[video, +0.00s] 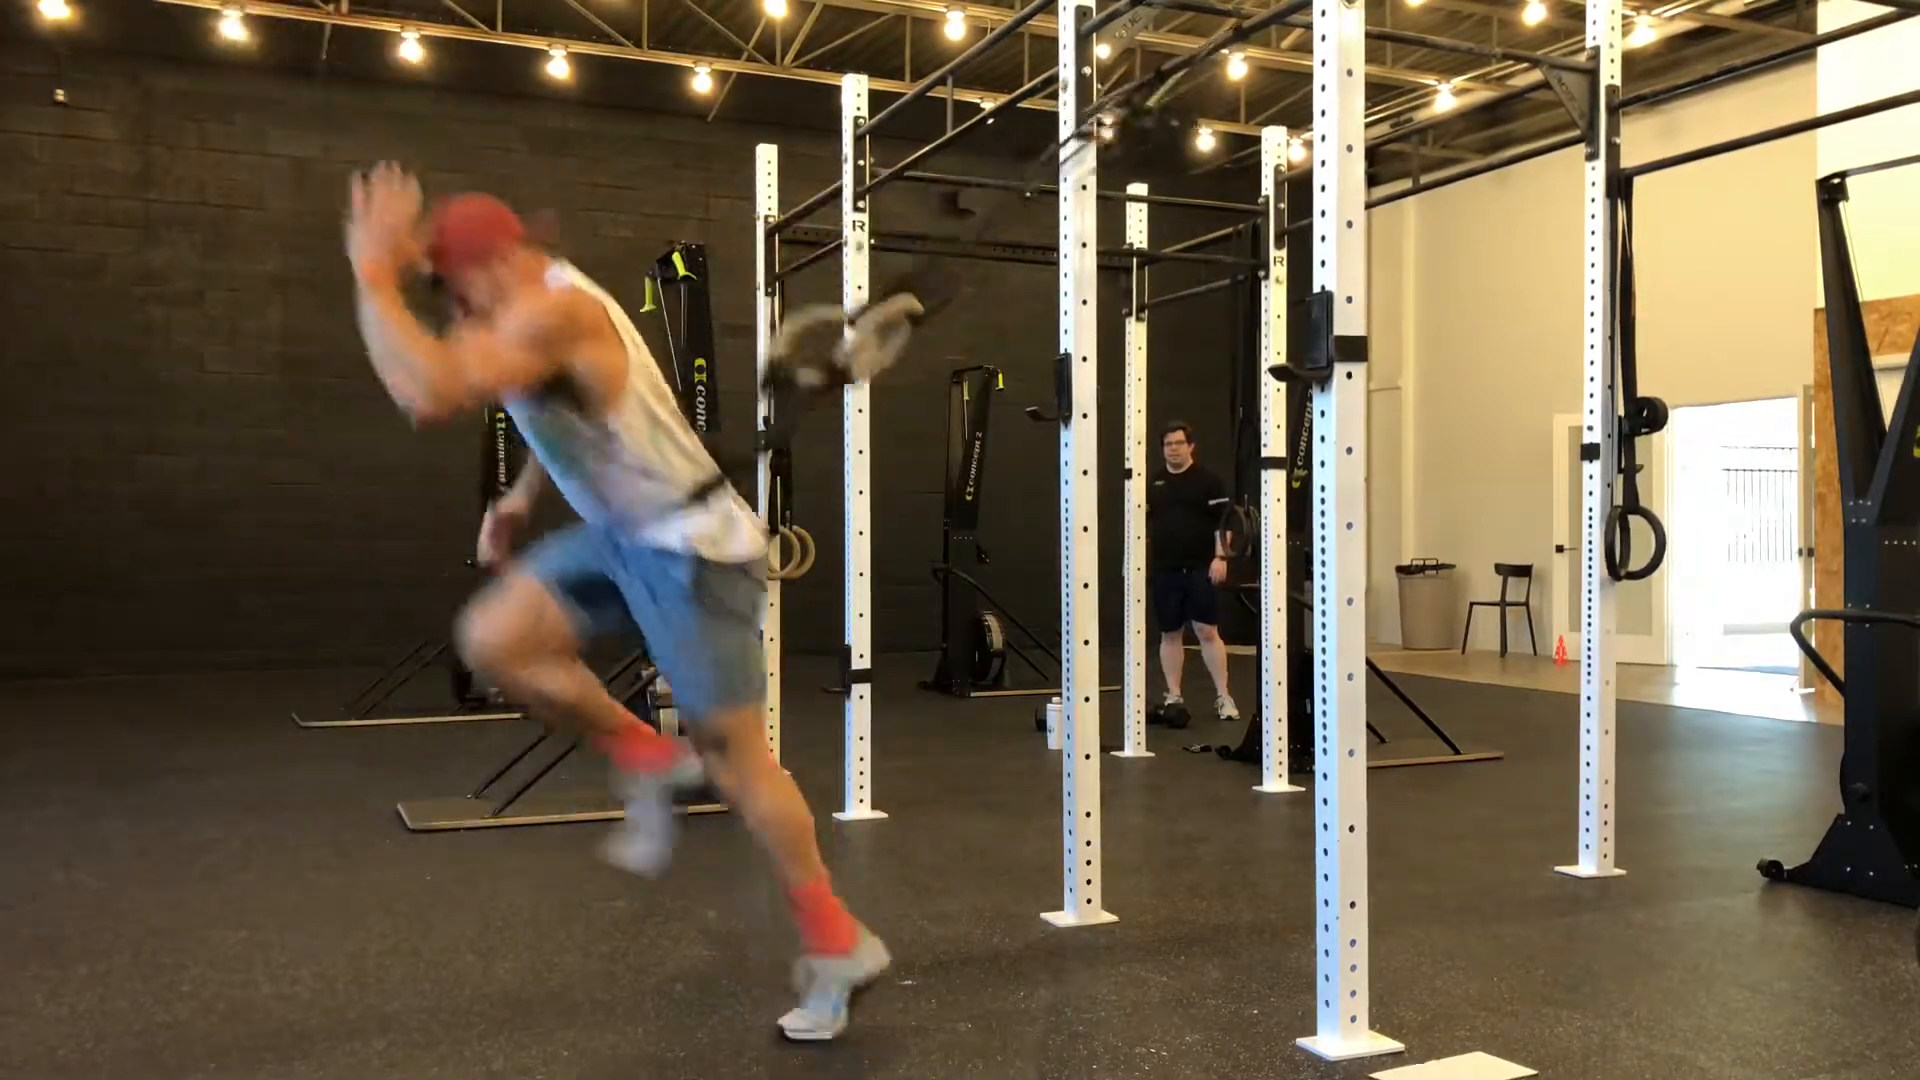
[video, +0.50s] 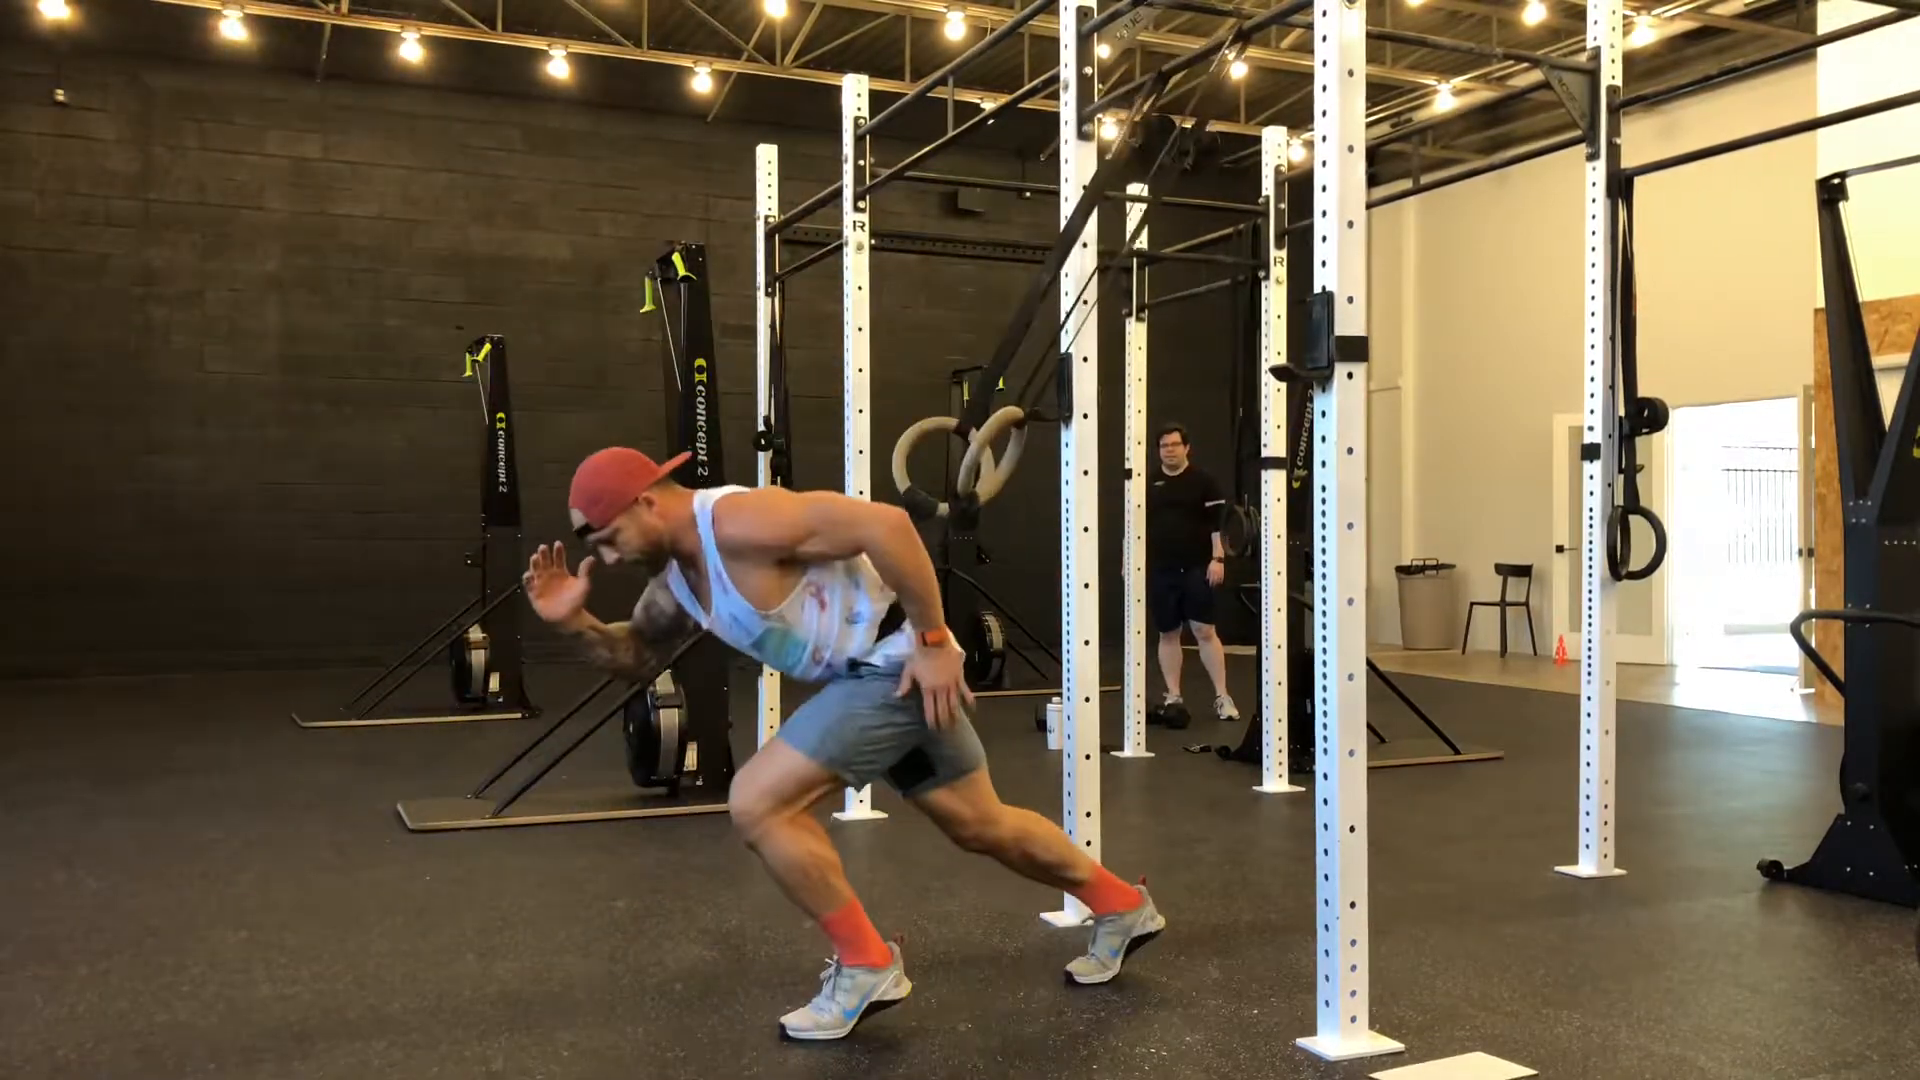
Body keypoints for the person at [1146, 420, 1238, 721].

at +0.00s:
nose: (1173, 449)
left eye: (1179, 443)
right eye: (1168, 444)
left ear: (1191, 447)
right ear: (1162, 449)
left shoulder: (1208, 482)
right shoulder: (1152, 485)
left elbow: (1224, 524)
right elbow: (1140, 525)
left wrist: (1221, 557)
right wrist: (1138, 563)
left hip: (1200, 569)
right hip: (1164, 569)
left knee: (1207, 632)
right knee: (1170, 634)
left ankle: (1223, 697)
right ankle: (1173, 696)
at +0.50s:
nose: (1169, 451)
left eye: (1174, 445)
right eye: (1164, 446)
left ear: (1186, 449)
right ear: (1158, 450)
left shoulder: (1203, 483)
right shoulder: (1147, 486)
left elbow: (1217, 525)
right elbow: (1134, 527)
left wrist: (1217, 559)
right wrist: (1130, 560)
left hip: (1196, 569)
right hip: (1160, 570)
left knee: (1204, 631)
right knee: (1168, 633)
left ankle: (1222, 697)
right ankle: (1173, 696)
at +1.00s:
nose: (1174, 451)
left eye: (1179, 445)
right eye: (1168, 446)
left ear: (1191, 448)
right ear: (1162, 450)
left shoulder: (1205, 482)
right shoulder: (1149, 484)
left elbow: (1219, 524)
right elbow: (1133, 524)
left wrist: (1219, 558)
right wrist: (1127, 556)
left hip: (1198, 569)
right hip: (1161, 569)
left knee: (1209, 631)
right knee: (1168, 634)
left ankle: (1226, 693)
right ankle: (1172, 695)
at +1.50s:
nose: (1194, 448)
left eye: (1200, 442)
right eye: (1190, 443)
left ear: (1212, 447)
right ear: (1184, 448)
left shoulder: (1227, 483)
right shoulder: (1172, 483)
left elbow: (1242, 524)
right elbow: (1156, 525)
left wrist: (1243, 557)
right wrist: (1154, 558)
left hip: (1219, 569)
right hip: (1180, 569)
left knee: (1220, 633)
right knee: (1180, 634)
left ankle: (1226, 694)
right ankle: (1174, 694)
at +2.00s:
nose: (1217, 449)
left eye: (1223, 443)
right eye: (1213, 444)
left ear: (1233, 447)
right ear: (1205, 449)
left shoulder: (1246, 480)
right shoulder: (1192, 482)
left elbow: (1261, 521)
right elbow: (1175, 523)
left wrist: (1259, 561)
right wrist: (1172, 559)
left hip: (1235, 569)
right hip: (1197, 568)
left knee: (1231, 632)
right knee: (1190, 631)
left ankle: (1228, 696)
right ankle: (1174, 692)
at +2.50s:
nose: (1223, 449)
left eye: (1228, 444)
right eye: (1219, 445)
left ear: (1238, 448)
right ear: (1211, 449)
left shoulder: (1249, 483)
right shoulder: (1198, 483)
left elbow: (1265, 522)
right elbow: (1182, 524)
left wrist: (1264, 563)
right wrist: (1179, 561)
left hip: (1240, 570)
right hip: (1203, 568)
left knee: (1235, 632)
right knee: (1194, 629)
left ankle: (1228, 695)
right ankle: (1174, 691)